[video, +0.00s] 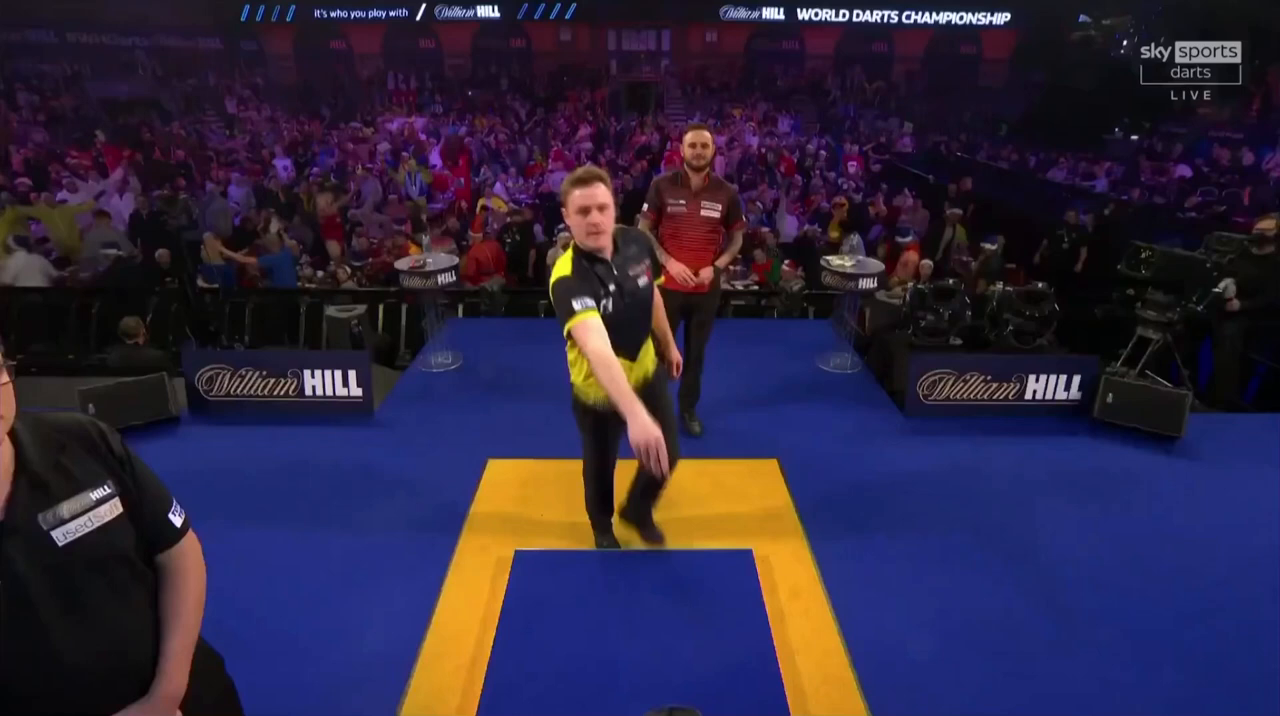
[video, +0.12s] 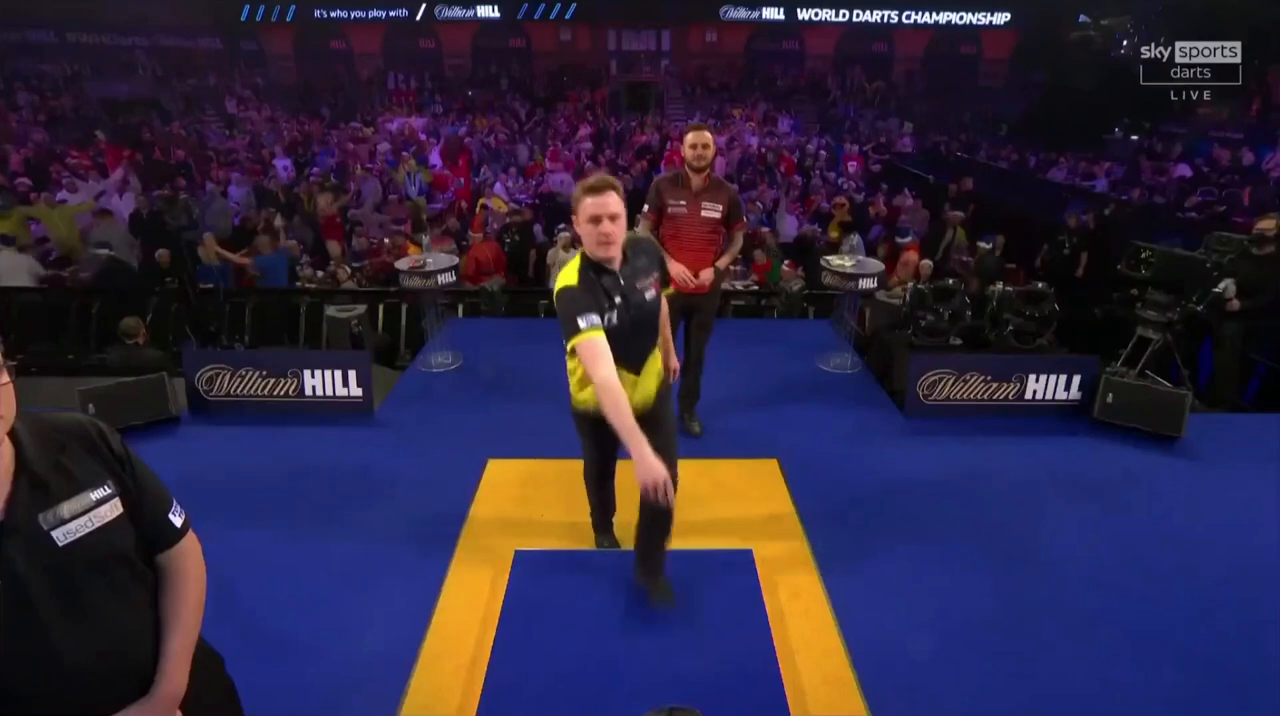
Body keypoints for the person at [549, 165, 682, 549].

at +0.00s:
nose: (594, 220)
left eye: (602, 209)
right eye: (583, 212)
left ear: (614, 209)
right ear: (567, 218)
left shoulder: (637, 243)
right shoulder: (568, 276)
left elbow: (650, 294)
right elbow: (596, 349)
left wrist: (668, 344)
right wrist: (635, 414)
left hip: (644, 366)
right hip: (598, 380)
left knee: (666, 452)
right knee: (601, 461)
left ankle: (637, 509)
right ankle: (603, 527)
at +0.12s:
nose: (606, 230)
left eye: (614, 218)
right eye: (594, 221)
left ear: (627, 218)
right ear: (576, 226)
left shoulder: (645, 249)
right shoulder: (573, 286)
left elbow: (657, 300)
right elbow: (603, 377)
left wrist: (667, 348)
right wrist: (643, 454)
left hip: (649, 380)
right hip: (596, 393)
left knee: (662, 476)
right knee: (600, 468)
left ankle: (650, 568)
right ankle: (604, 530)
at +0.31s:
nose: (631, 247)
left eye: (640, 236)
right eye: (619, 236)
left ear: (654, 240)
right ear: (600, 242)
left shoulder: (671, 281)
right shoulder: (586, 306)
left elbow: (682, 328)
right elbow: (594, 417)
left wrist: (685, 382)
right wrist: (633, 502)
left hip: (660, 428)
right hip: (606, 432)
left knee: (656, 532)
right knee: (603, 489)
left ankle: (657, 629)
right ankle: (604, 527)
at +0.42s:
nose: (643, 253)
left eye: (654, 241)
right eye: (631, 241)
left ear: (668, 245)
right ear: (611, 246)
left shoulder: (690, 296)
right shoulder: (589, 312)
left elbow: (705, 358)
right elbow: (569, 420)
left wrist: (709, 422)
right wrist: (605, 509)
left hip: (670, 438)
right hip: (611, 442)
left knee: (661, 546)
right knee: (612, 532)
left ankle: (656, 634)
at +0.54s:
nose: (643, 250)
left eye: (654, 237)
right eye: (630, 238)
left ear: (670, 241)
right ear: (610, 244)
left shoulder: (700, 301)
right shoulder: (588, 310)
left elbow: (725, 385)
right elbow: (554, 413)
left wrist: (738, 468)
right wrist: (569, 504)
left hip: (672, 457)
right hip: (605, 458)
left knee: (660, 567)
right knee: (614, 571)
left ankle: (656, 631)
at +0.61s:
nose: (640, 250)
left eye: (652, 236)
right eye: (627, 237)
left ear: (669, 239)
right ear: (606, 242)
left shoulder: (703, 306)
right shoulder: (583, 311)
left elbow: (739, 404)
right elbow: (546, 408)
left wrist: (749, 496)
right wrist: (544, 497)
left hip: (673, 475)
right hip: (604, 476)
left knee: (661, 578)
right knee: (607, 590)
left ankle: (656, 641)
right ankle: (621, 628)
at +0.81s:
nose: (629, 266)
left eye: (641, 251)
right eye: (615, 253)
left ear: (662, 252)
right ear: (594, 260)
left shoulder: (705, 327)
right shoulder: (574, 329)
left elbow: (751, 432)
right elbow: (539, 401)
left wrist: (741, 516)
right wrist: (514, 479)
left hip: (674, 505)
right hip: (600, 506)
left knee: (658, 595)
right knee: (615, 643)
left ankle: (655, 653)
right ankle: (610, 707)